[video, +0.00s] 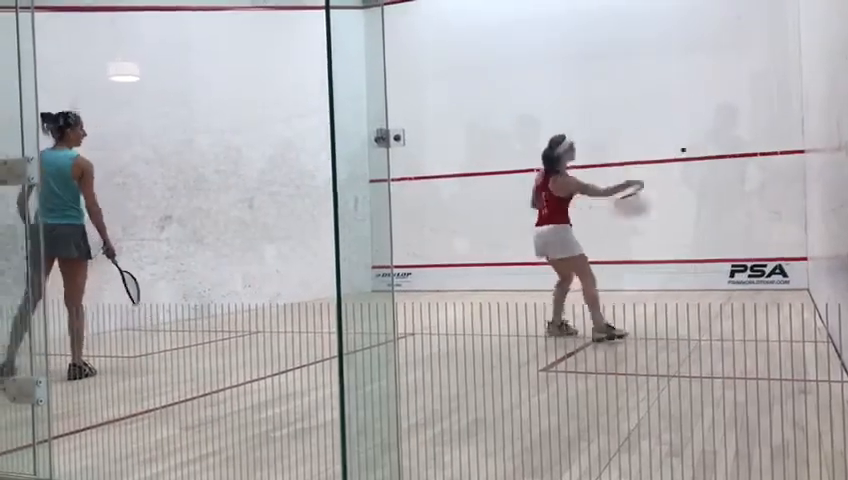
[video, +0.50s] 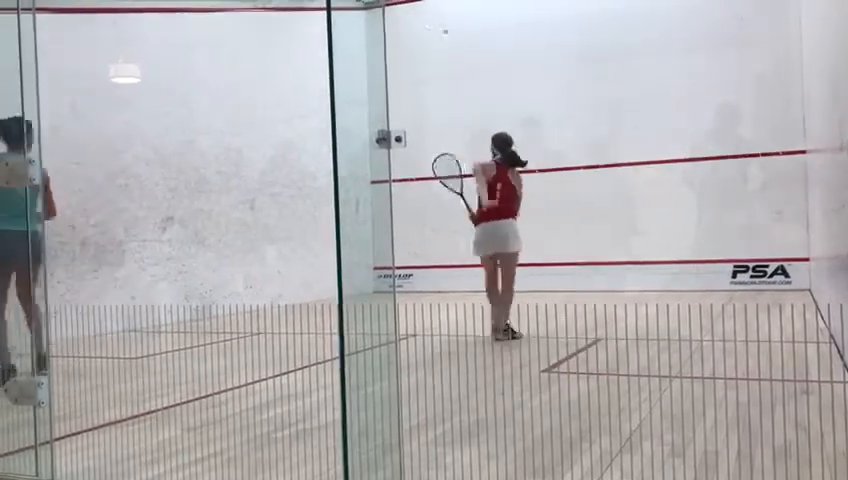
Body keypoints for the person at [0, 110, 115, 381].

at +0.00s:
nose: (84, 133)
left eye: (83, 128)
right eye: (80, 128)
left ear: (61, 132)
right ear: (68, 131)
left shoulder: (39, 158)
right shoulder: (81, 164)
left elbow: (22, 197)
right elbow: (92, 207)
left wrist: (27, 224)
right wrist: (106, 240)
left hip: (42, 233)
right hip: (71, 234)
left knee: (31, 296)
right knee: (74, 301)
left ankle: (8, 359)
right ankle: (77, 363)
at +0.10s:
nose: (76, 135)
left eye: (73, 130)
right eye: (71, 130)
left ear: (47, 134)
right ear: (61, 133)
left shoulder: (30, 162)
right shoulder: (75, 165)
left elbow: (13, 204)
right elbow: (88, 206)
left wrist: (17, 236)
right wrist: (101, 239)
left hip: (35, 236)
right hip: (66, 236)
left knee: (23, 300)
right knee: (72, 301)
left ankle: (7, 362)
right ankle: (77, 362)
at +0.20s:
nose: (64, 135)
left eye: (62, 130)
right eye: (60, 130)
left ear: (39, 135)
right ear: (49, 134)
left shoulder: (17, 164)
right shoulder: (64, 166)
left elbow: (4, 202)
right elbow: (80, 208)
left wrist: (3, 237)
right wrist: (91, 236)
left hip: (23, 238)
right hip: (56, 237)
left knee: (17, 302)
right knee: (67, 304)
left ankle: (9, 365)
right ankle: (77, 363)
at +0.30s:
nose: (53, 138)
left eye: (51, 133)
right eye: (50, 134)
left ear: (25, 136)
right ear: (44, 137)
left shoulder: (8, 165)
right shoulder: (54, 168)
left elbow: (2, 195)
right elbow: (69, 208)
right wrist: (76, 235)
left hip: (11, 238)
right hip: (43, 237)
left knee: (8, 307)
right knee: (58, 301)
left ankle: (8, 366)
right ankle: (75, 357)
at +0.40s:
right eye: (37, 138)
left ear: (12, 139)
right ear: (37, 139)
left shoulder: (3, 165)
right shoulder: (44, 169)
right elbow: (59, 209)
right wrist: (58, 227)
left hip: (6, 240)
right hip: (33, 239)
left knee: (4, 306)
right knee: (42, 295)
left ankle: (7, 363)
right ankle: (62, 343)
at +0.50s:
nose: (27, 144)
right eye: (29, 139)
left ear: (5, 140)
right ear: (29, 140)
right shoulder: (37, 170)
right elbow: (50, 211)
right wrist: (29, 217)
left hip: (5, 238)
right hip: (29, 238)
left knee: (2, 301)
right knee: (26, 295)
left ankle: (4, 361)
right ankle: (40, 352)